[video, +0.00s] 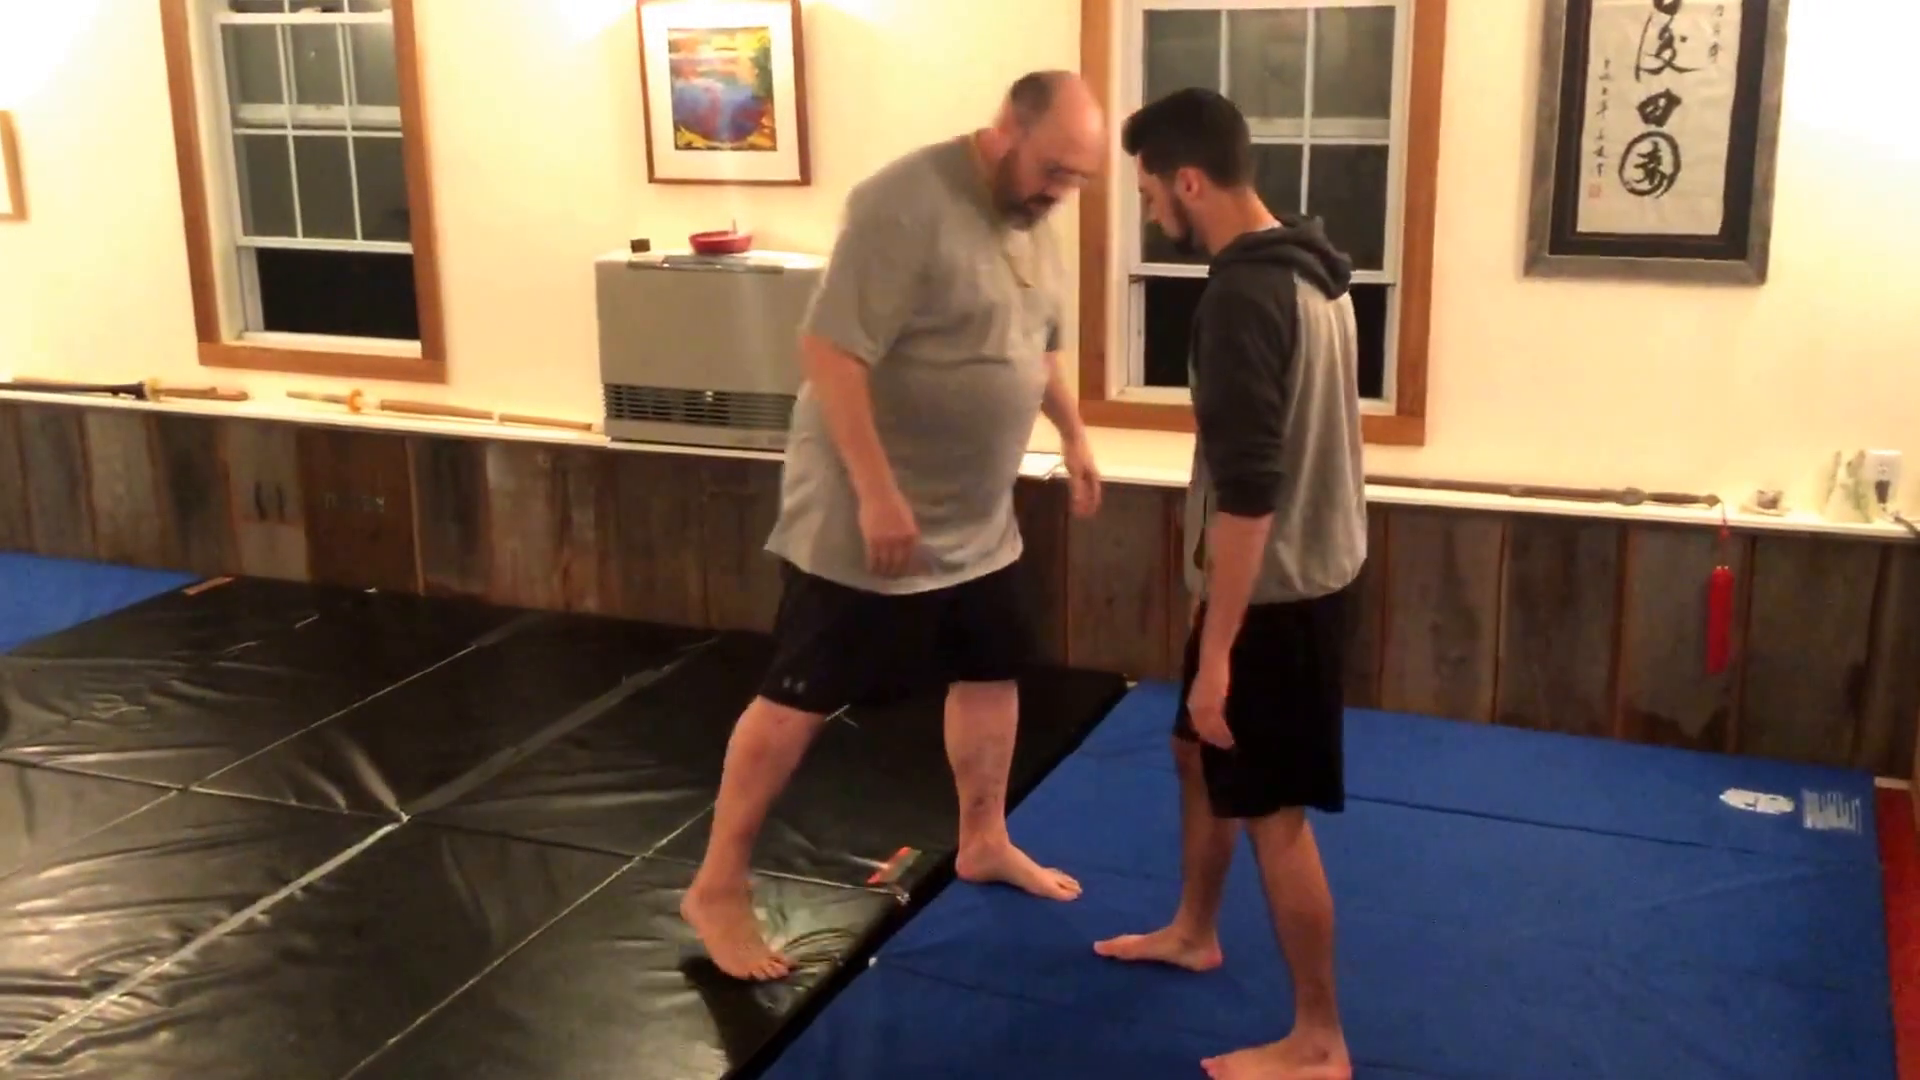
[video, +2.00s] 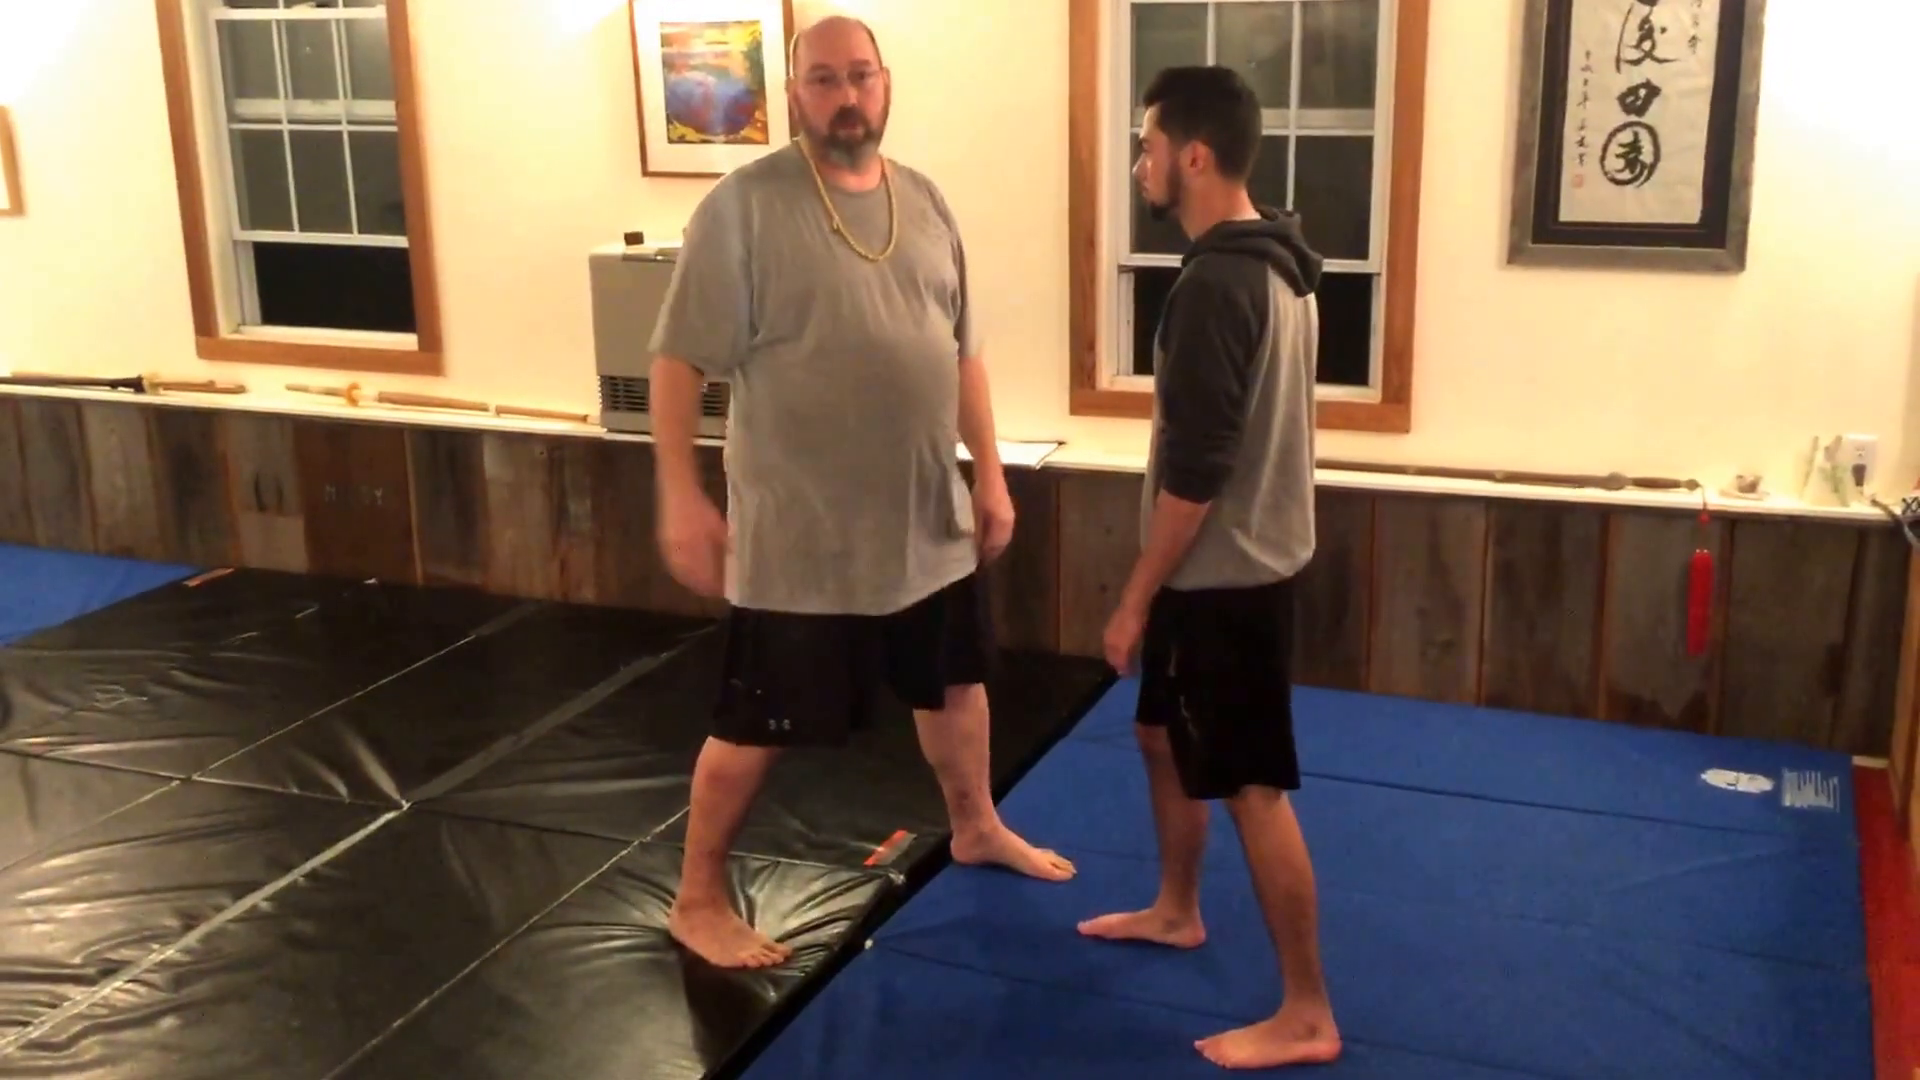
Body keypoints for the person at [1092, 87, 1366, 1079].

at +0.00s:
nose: (1152, 211)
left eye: (1151, 191)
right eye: (1146, 193)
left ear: (1188, 181)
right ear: (1228, 174)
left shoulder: (1244, 293)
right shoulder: (1308, 265)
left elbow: (1250, 498)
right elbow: (1316, 438)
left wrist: (1214, 659)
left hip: (1273, 592)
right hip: (1292, 572)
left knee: (1275, 817)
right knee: (1200, 744)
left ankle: (1317, 1040)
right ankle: (1192, 929)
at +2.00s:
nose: (1142, 162)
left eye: (1151, 143)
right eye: (1145, 142)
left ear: (1197, 154)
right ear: (1226, 153)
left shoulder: (1216, 282)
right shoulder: (1274, 257)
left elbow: (1196, 472)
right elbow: (1268, 429)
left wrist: (1133, 600)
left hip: (1228, 570)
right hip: (1233, 555)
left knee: (1252, 786)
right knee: (1162, 731)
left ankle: (1307, 1013)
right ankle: (1177, 907)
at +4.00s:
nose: (1146, 157)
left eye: (1158, 141)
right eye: (1150, 139)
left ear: (1205, 157)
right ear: (1230, 158)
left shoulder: (1221, 280)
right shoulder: (1276, 255)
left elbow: (1200, 472)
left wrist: (1139, 599)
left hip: (1235, 569)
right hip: (1229, 555)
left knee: (1262, 787)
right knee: (1169, 734)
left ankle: (1309, 1013)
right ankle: (1177, 906)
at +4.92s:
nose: (1141, 175)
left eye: (1146, 154)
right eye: (1143, 155)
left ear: (1183, 157)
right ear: (1225, 153)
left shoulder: (1213, 284)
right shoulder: (1281, 257)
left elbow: (1202, 477)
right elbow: (1228, 386)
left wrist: (1099, 534)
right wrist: (1124, 420)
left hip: (1231, 568)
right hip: (1241, 550)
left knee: (1252, 781)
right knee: (1168, 728)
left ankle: (1305, 1011)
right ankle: (1173, 903)